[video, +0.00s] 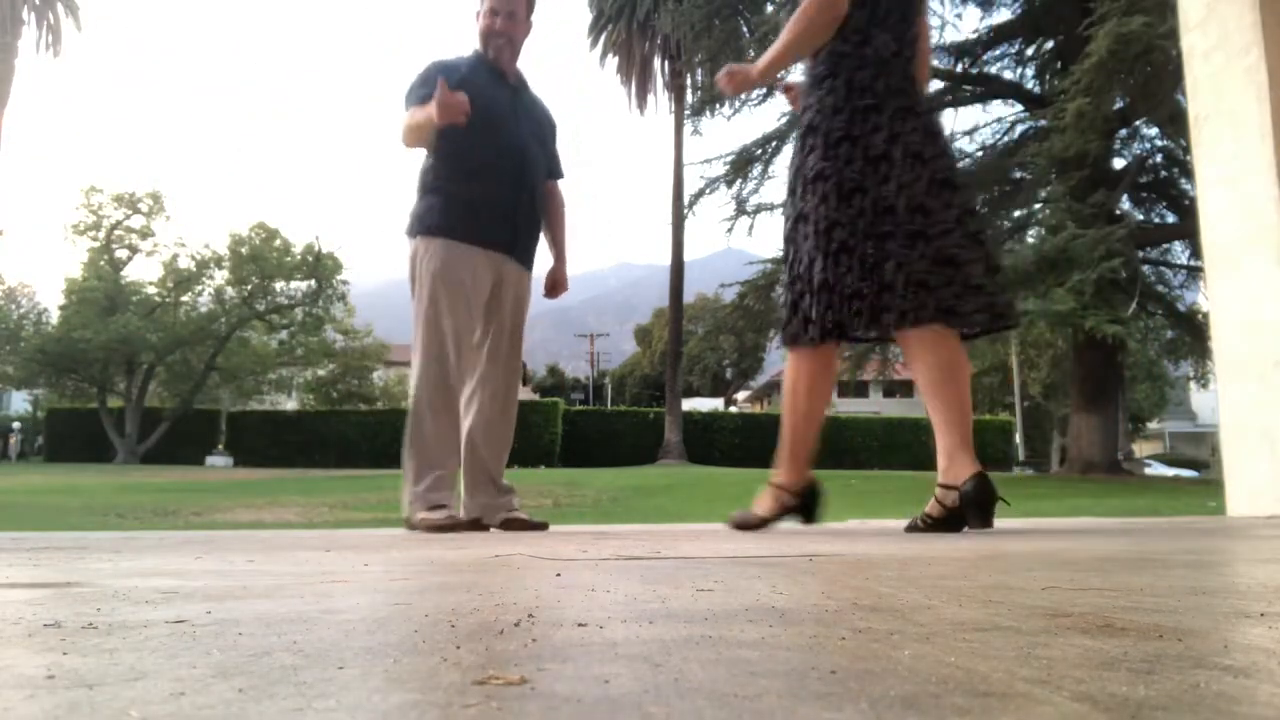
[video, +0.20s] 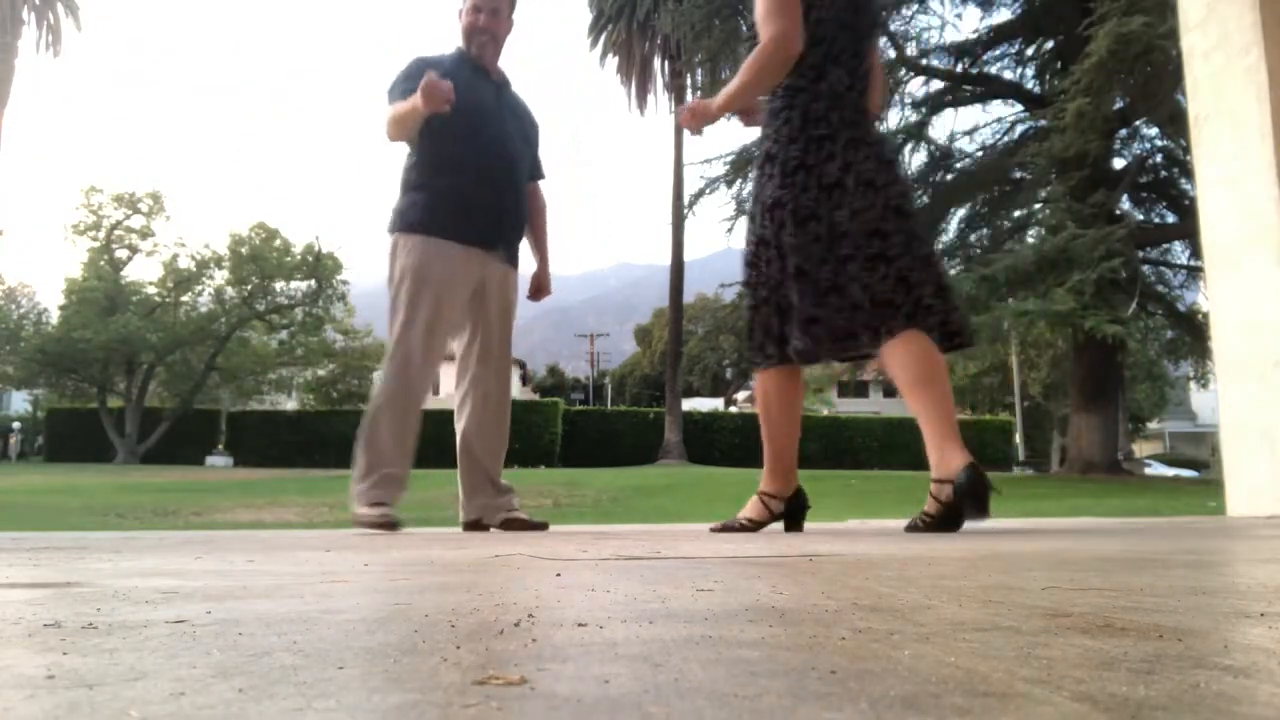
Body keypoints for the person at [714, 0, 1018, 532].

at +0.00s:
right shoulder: (908, 3)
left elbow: (826, 8)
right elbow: (917, 68)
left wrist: (758, 69)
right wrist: (823, 95)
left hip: (843, 128)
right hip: (905, 132)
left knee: (814, 304)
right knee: (920, 301)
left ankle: (790, 480)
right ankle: (960, 476)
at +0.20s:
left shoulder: (781, 2)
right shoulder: (854, 9)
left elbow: (782, 42)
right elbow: (871, 98)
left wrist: (716, 101)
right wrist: (763, 109)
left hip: (798, 156)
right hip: (859, 154)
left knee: (773, 316)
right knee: (889, 307)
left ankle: (778, 488)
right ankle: (952, 470)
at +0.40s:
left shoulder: (755, 5)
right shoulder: (783, 13)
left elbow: (773, 59)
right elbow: (784, 74)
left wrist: (701, 109)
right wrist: (714, 113)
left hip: (761, 175)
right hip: (804, 173)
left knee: (746, 330)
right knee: (831, 326)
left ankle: (778, 489)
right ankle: (924, 445)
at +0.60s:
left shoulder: (753, 11)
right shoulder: (722, 40)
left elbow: (778, 87)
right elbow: (736, 134)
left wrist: (693, 116)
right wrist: (682, 144)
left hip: (749, 193)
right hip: (742, 194)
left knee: (722, 347)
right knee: (755, 355)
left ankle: (776, 490)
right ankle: (848, 465)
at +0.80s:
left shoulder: (742, 16)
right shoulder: (681, 49)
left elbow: (786, 84)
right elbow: (701, 151)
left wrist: (705, 111)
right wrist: (655, 145)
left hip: (745, 193)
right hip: (703, 202)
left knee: (734, 342)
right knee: (692, 348)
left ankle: (779, 489)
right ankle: (698, 488)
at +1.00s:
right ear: (642, 4)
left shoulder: (722, 41)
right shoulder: (642, 70)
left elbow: (770, 113)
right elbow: (656, 167)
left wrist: (704, 127)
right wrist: (628, 153)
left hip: (733, 211)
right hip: (687, 221)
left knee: (727, 341)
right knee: (662, 353)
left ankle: (779, 488)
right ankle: (661, 496)